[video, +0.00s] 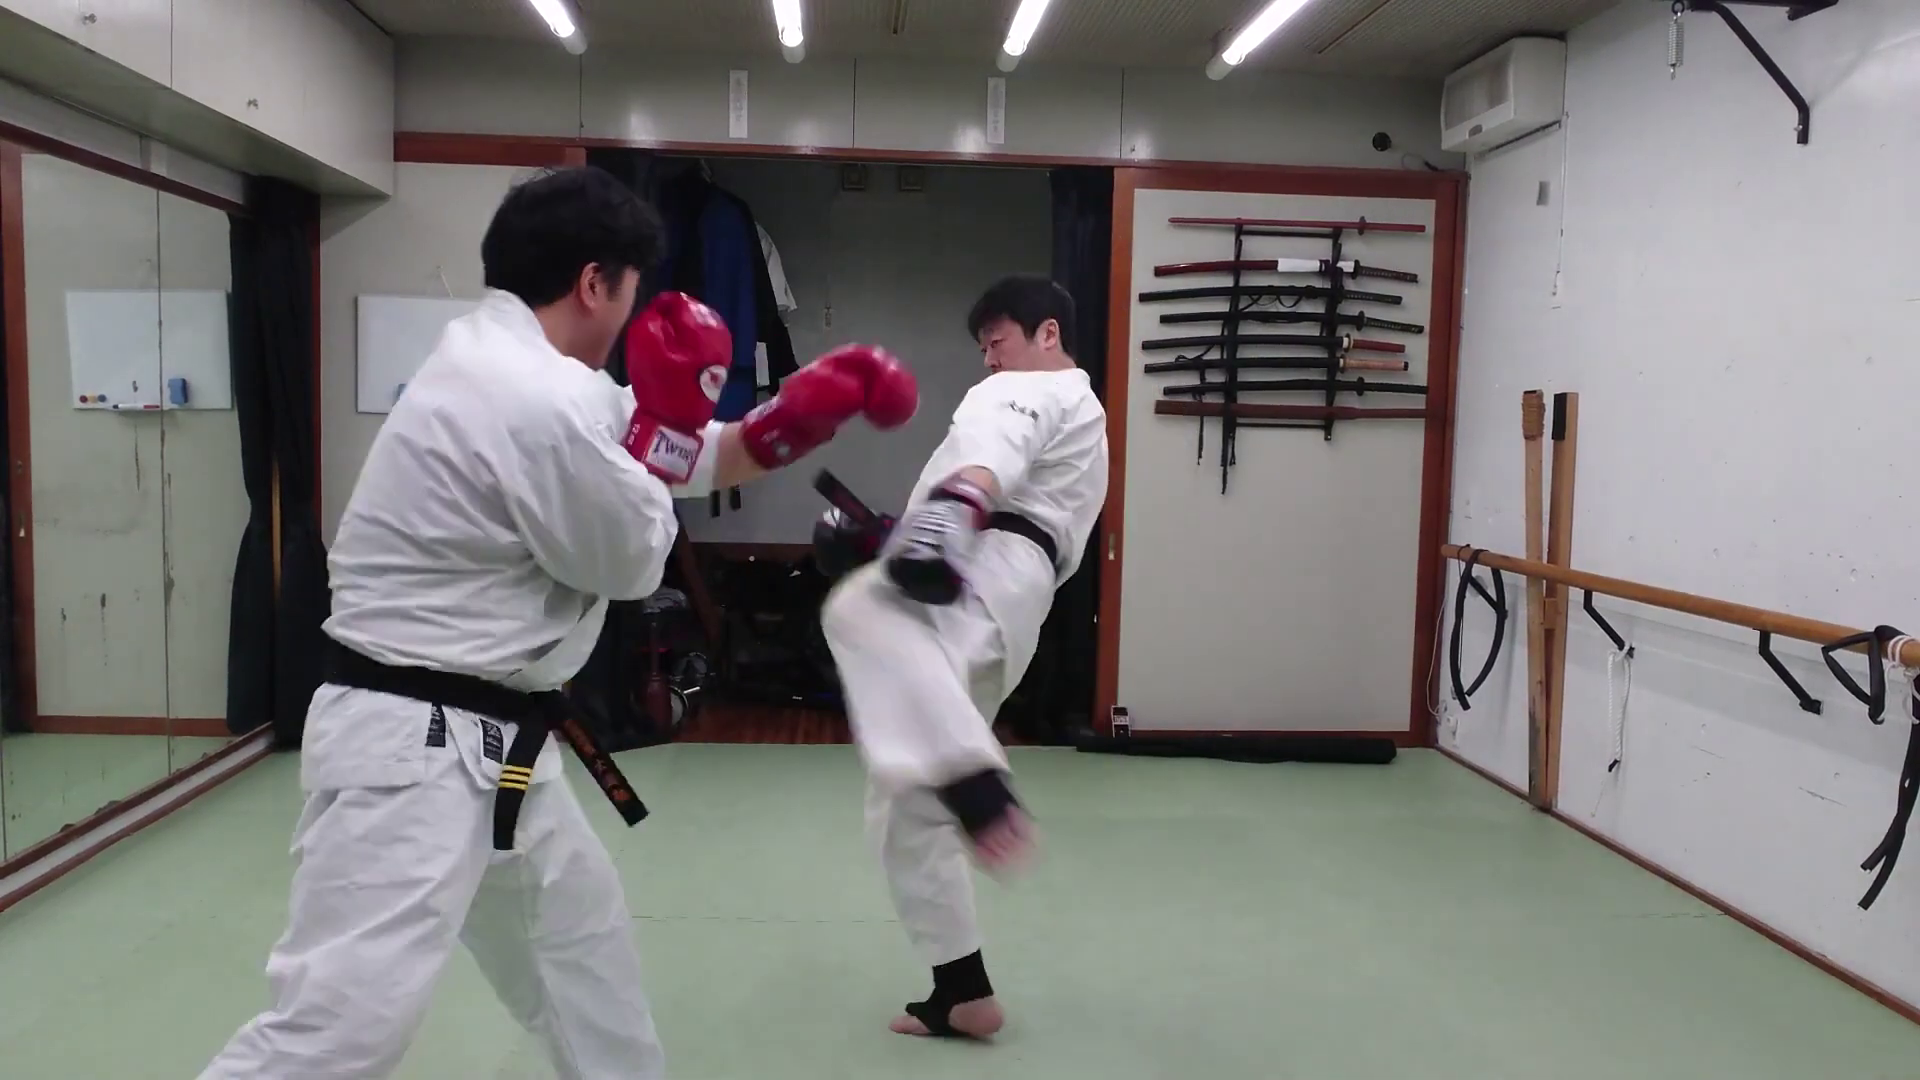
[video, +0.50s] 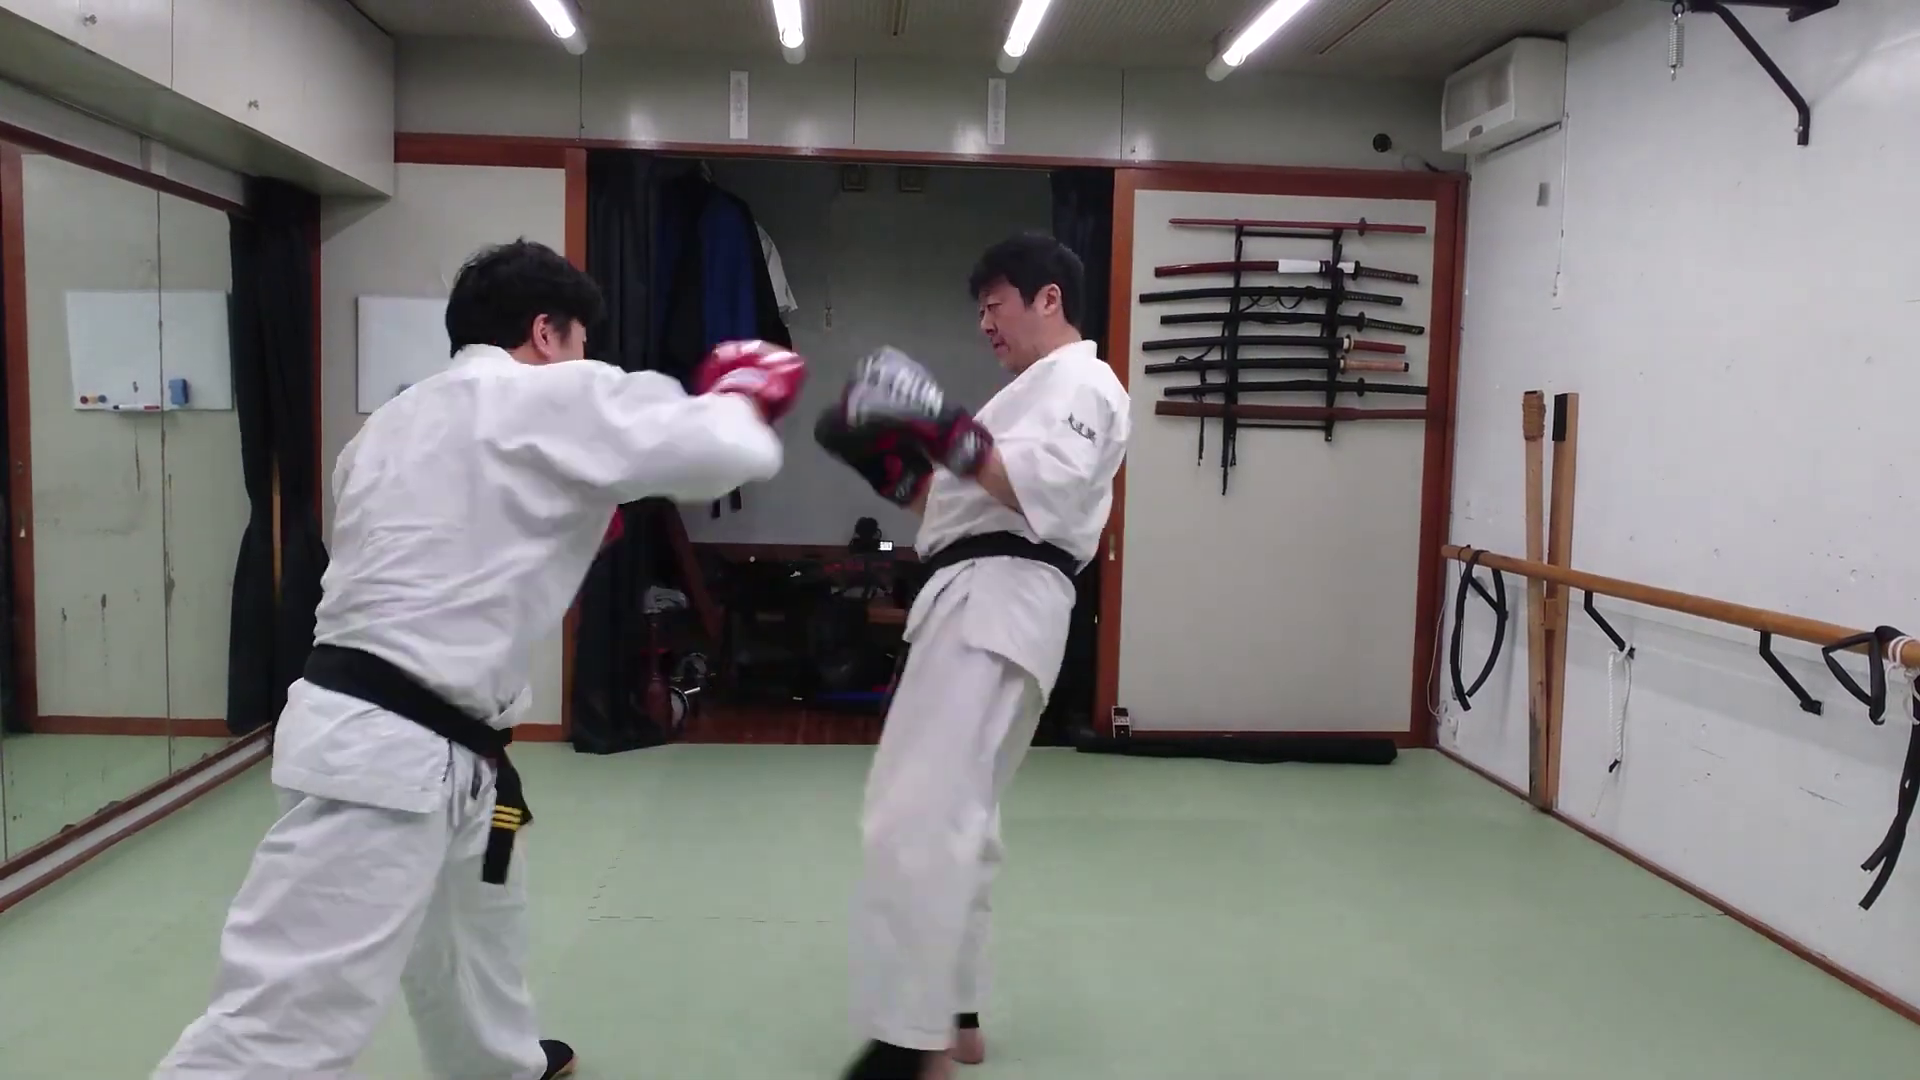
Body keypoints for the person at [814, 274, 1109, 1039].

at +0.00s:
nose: (989, 360)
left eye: (1000, 343)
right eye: (983, 348)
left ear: (1049, 335)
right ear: (1052, 346)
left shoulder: (1036, 385)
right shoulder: (1075, 417)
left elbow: (986, 457)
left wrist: (941, 527)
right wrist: (884, 535)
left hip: (994, 551)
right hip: (1019, 602)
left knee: (862, 603)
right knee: (907, 787)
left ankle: (973, 783)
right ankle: (962, 987)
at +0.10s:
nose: (991, 382)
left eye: (1000, 365)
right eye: (984, 372)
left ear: (1048, 354)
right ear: (1052, 367)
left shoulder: (1037, 397)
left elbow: (1042, 484)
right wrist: (888, 515)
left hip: (970, 569)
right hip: (971, 657)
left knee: (829, 535)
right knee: (911, 813)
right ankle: (944, 1007)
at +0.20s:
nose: (992, 381)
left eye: (1000, 365)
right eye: (988, 371)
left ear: (1053, 355)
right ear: (1057, 364)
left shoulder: (1043, 397)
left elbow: (1041, 470)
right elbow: (982, 536)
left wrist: (1085, 553)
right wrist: (889, 515)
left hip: (960, 567)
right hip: (981, 640)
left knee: (802, 555)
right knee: (906, 813)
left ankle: (627, 513)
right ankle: (942, 1011)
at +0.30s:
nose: (993, 364)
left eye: (1003, 346)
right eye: (988, 352)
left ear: (1054, 338)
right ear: (1049, 350)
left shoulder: (1053, 390)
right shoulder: (1029, 422)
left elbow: (1036, 477)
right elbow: (963, 545)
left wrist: (1036, 558)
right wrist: (880, 520)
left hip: (962, 573)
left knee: (814, 644)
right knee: (910, 814)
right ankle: (943, 1009)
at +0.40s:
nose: (993, 343)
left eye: (1002, 324)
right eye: (988, 330)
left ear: (1055, 316)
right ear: (1046, 326)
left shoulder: (1062, 389)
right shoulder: (1048, 401)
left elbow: (1038, 516)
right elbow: (986, 522)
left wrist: (964, 544)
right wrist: (893, 530)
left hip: (972, 602)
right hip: (1002, 618)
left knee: (853, 752)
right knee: (946, 813)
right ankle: (944, 1010)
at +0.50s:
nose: (987, 327)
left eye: (996, 306)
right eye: (983, 312)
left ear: (1048, 299)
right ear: (1042, 307)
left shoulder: (1080, 377)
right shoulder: (1035, 392)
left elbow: (1045, 484)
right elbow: (971, 509)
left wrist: (946, 431)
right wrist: (898, 472)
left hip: (998, 593)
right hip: (982, 592)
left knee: (914, 807)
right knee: (957, 811)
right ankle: (953, 1016)